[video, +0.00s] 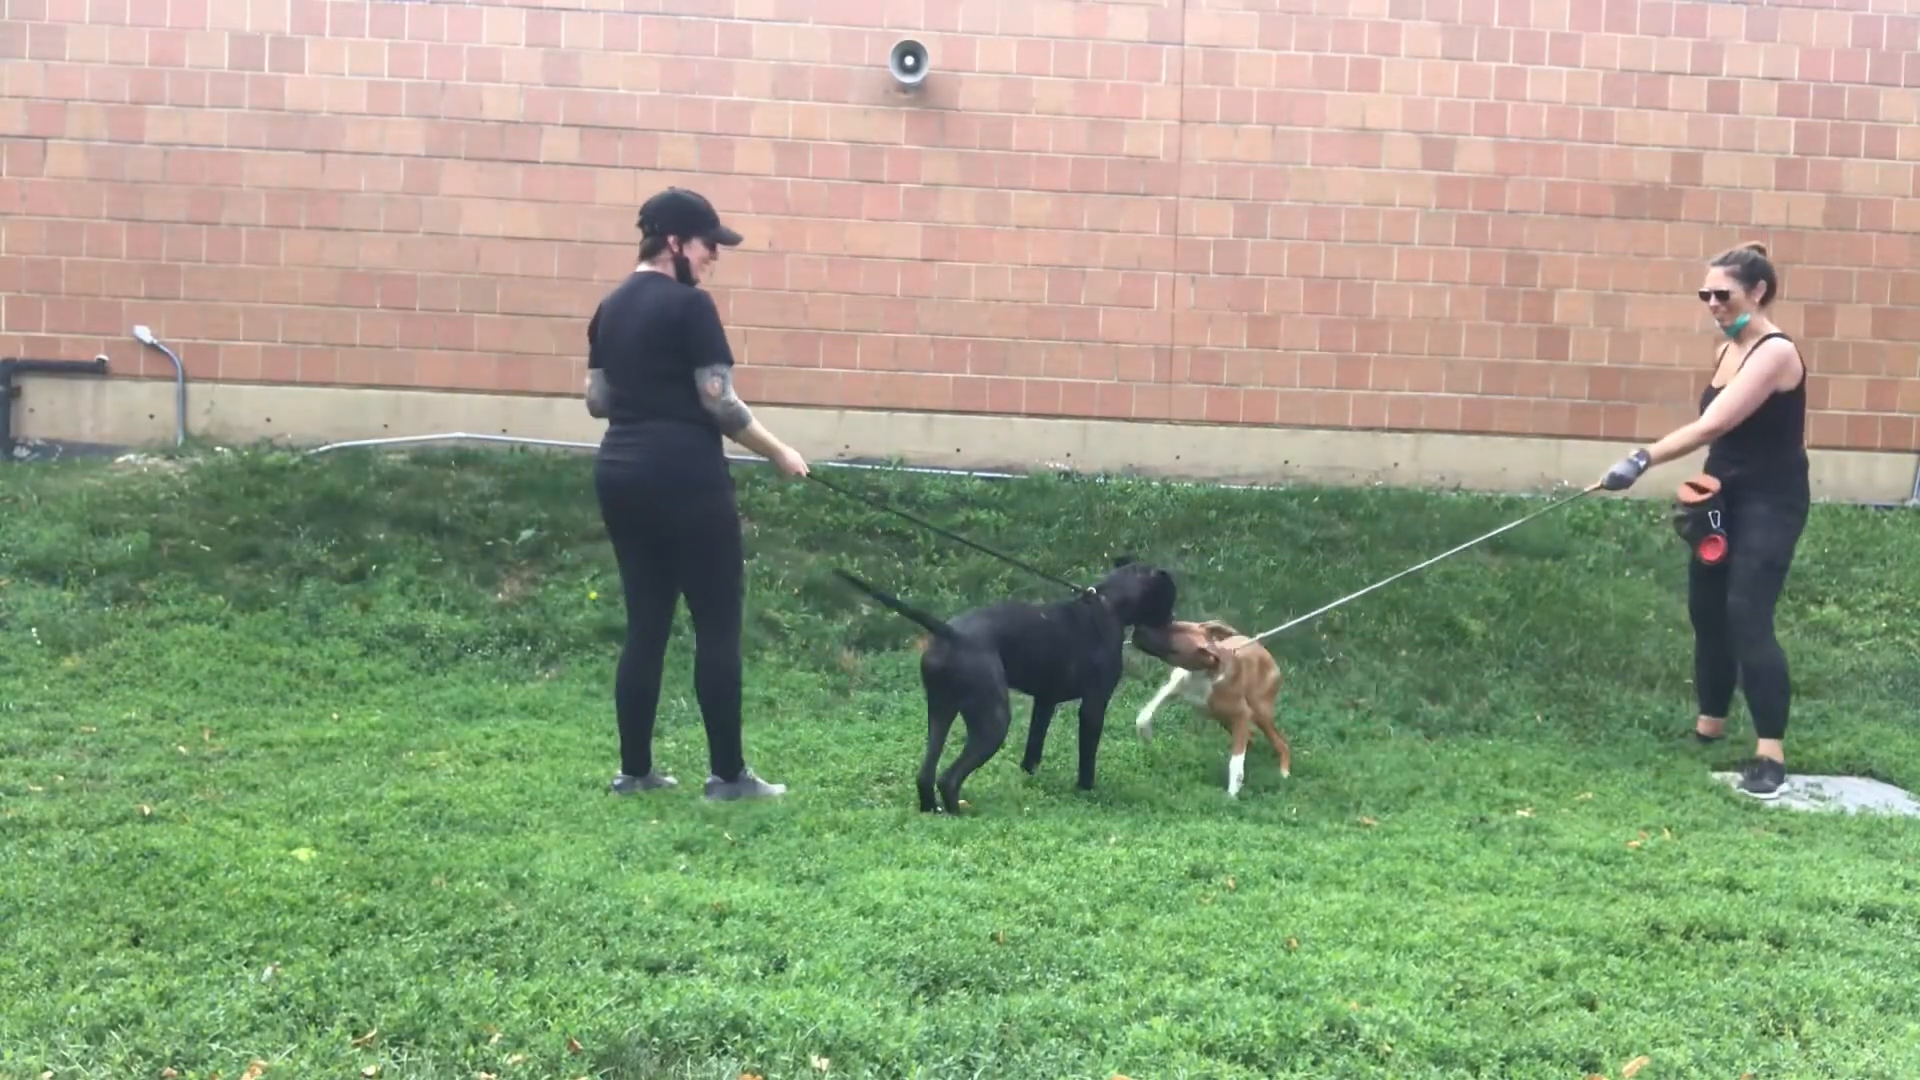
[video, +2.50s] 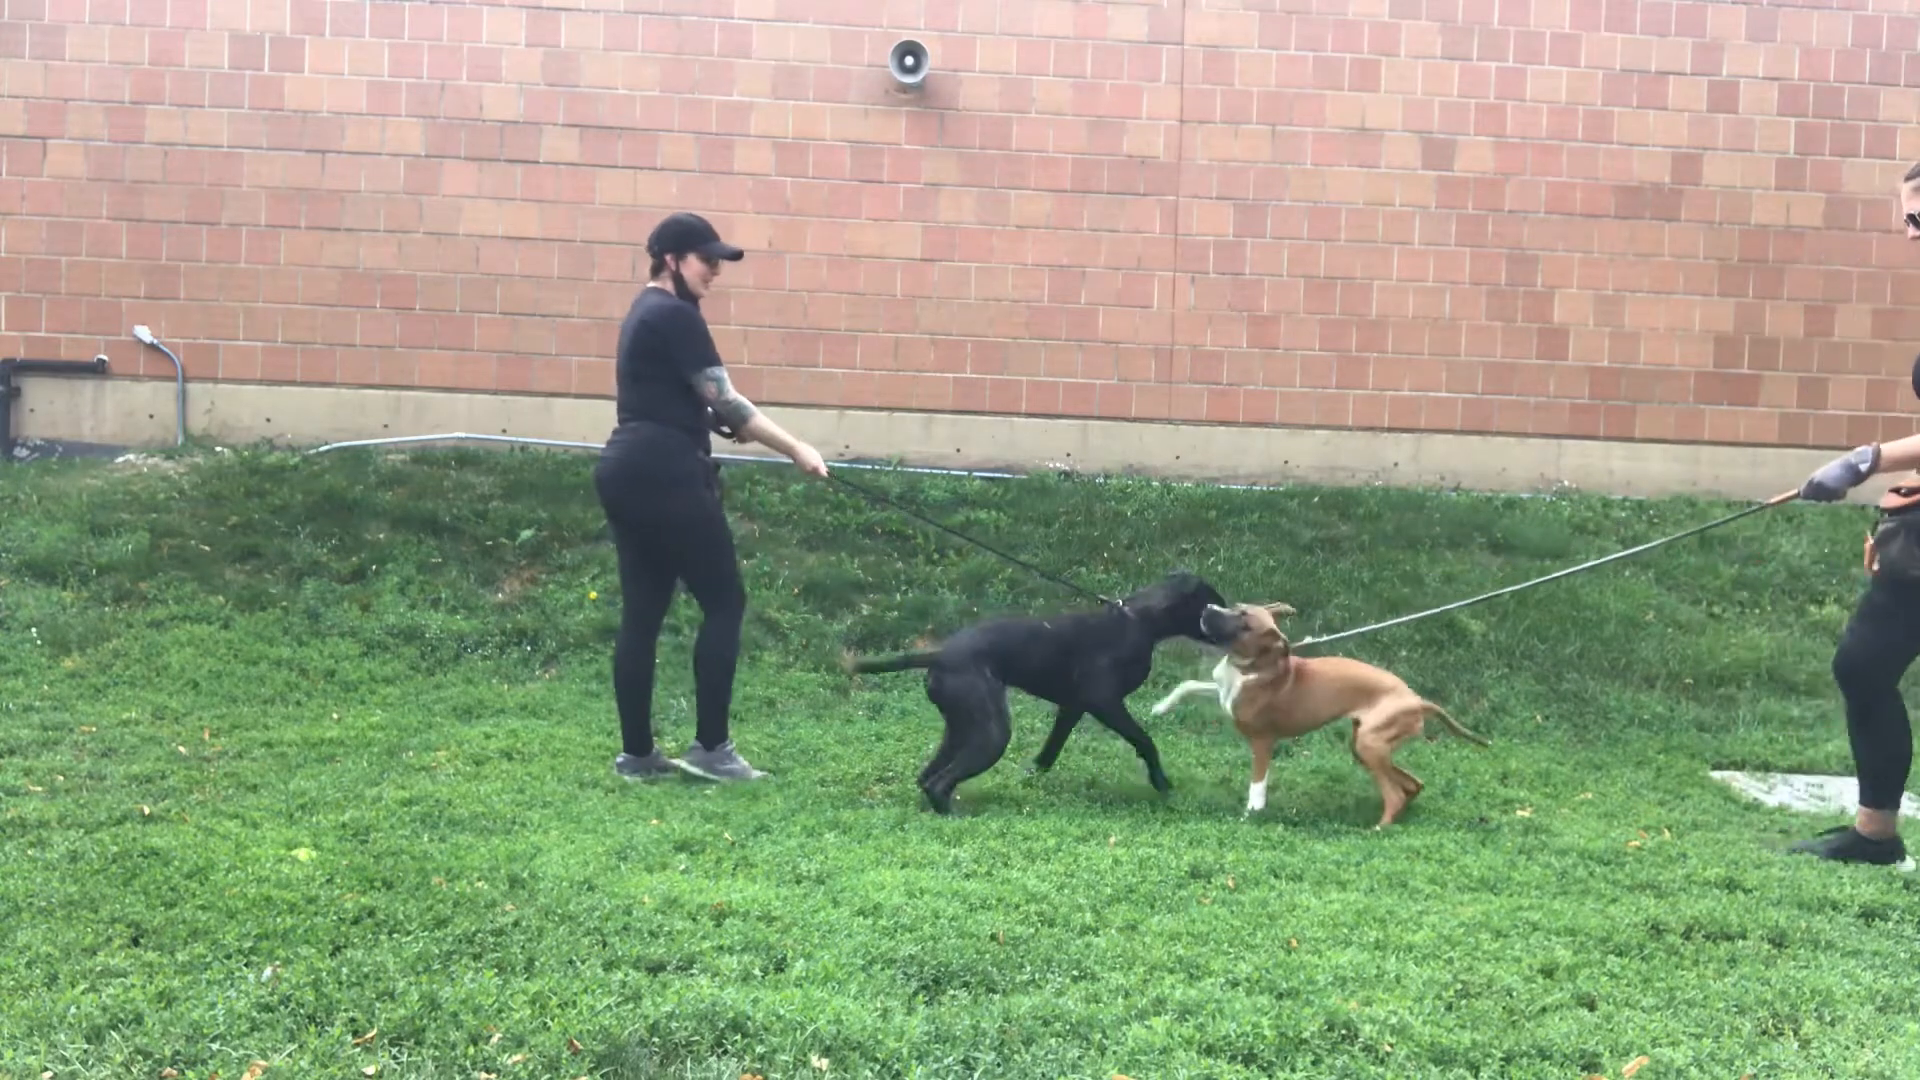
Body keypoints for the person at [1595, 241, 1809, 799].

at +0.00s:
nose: (1712, 304)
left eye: (1722, 295)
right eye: (1708, 295)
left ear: (1757, 292)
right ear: (1712, 296)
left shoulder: (1775, 353)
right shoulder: (1731, 349)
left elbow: (1710, 424)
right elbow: (1722, 434)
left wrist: (1642, 457)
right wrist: (1704, 491)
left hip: (1770, 502)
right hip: (1723, 495)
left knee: (1749, 615)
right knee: (1708, 610)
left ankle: (1770, 755)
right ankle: (1708, 729)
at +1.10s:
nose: (1770, 287)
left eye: (1781, 277)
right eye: (1767, 277)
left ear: (1825, 270)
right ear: (1769, 273)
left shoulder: (1854, 344)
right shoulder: (1762, 336)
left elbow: (1802, 435)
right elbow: (1740, 430)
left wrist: (1722, 461)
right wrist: (1706, 501)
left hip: (1819, 510)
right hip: (1750, 502)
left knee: (1820, 640)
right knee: (1726, 637)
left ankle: (1864, 791)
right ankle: (1714, 768)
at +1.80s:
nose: (1834, 272)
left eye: (1844, 260)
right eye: (1831, 260)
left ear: (1895, 251)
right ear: (1873, 257)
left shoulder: (1917, 340)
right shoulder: (1843, 328)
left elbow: (1884, 447)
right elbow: (1827, 434)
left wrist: (1773, 478)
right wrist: (1802, 497)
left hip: (1897, 529)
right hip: (1825, 520)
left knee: (1885, 676)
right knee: (1796, 667)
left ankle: (1896, 796)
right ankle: (1802, 825)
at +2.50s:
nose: (1910, 235)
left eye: (1914, 222)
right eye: (1908, 223)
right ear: (1905, 217)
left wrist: (1864, 459)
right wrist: (1904, 497)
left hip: (1917, 532)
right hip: (1912, 529)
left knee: (1863, 664)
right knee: (1863, 664)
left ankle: (1876, 831)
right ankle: (1876, 830)